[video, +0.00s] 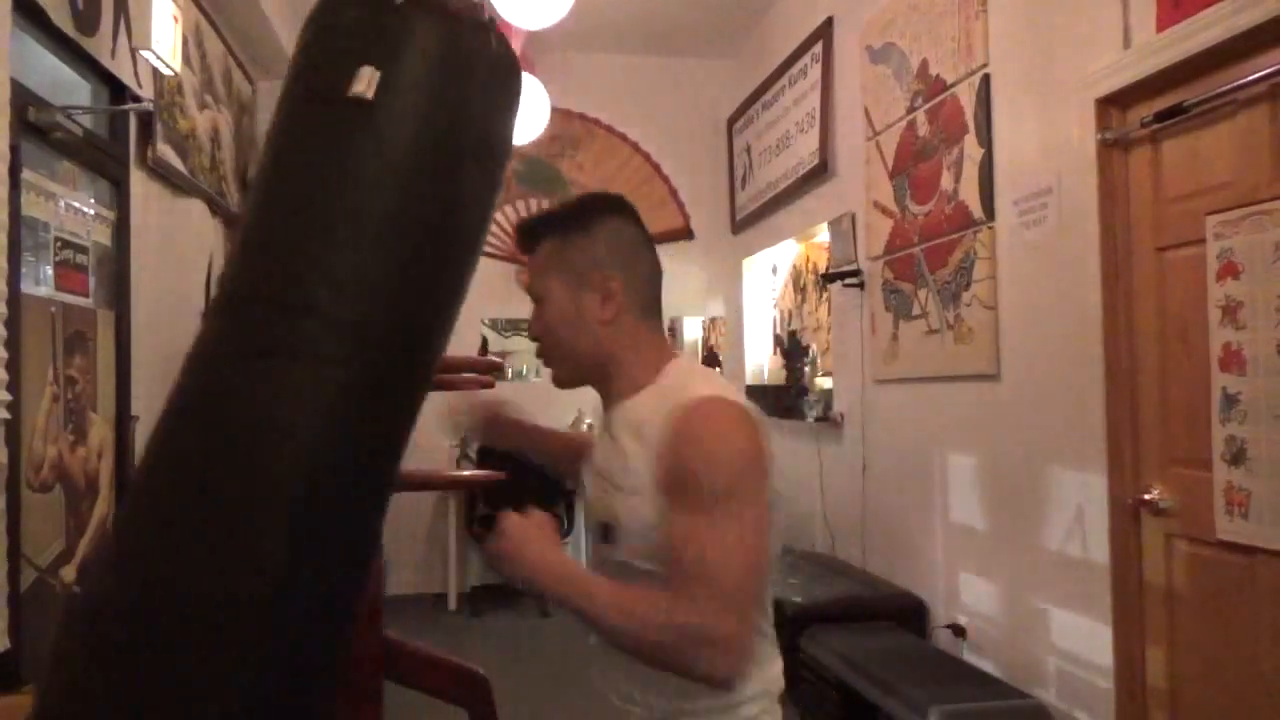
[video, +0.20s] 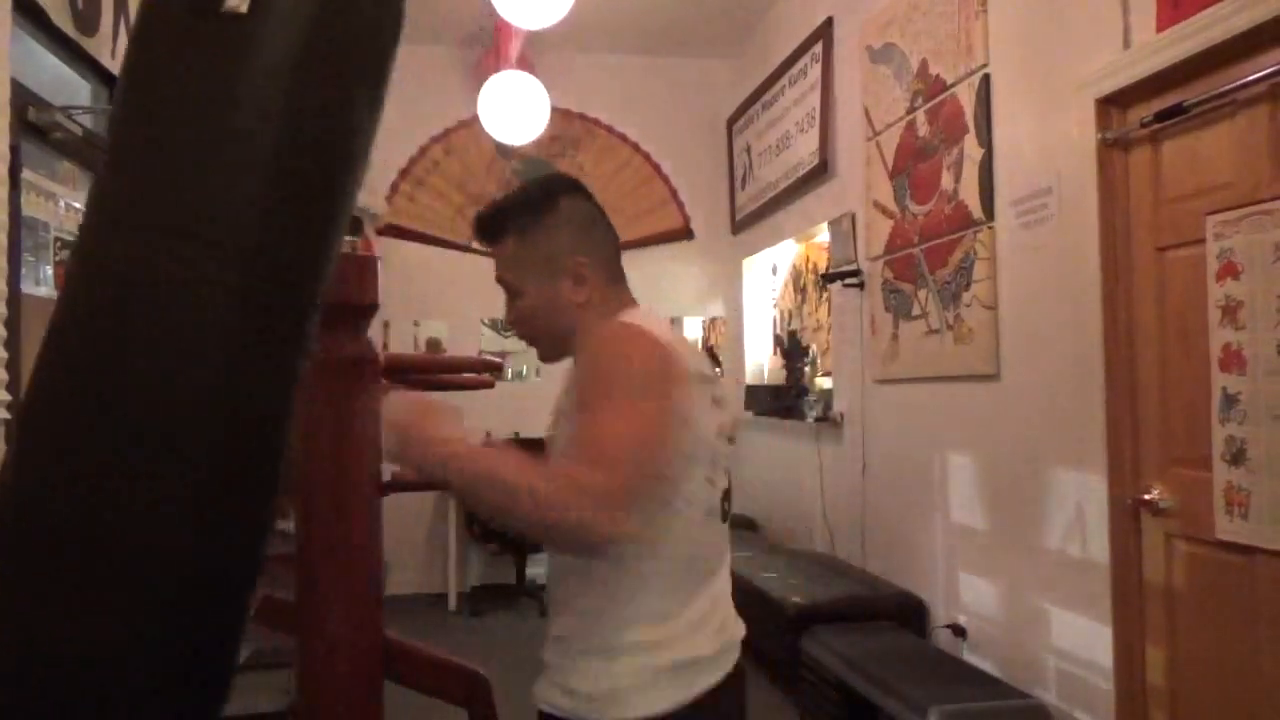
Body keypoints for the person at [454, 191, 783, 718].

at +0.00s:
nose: (531, 327)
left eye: (539, 301)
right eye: (533, 304)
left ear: (605, 299)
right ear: (604, 302)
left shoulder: (710, 425)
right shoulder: (628, 408)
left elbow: (717, 649)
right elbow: (618, 472)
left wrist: (551, 569)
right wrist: (526, 441)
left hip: (718, 706)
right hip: (634, 694)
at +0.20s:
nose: (508, 317)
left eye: (514, 292)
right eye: (506, 294)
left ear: (578, 282)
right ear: (580, 283)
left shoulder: (623, 348)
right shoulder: (649, 343)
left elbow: (595, 510)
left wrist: (443, 451)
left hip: (626, 698)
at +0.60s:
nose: (470, 349)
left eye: (477, 326)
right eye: (464, 331)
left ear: (539, 297)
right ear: (541, 299)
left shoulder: (648, 356)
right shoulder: (540, 395)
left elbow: (610, 533)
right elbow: (419, 475)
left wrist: (489, 418)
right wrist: (446, 382)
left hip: (654, 692)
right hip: (582, 681)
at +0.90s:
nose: (563, 336)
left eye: (561, 316)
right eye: (555, 320)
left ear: (611, 287)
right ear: (617, 286)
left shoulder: (643, 348)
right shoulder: (700, 338)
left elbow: (573, 535)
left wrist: (527, 409)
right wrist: (552, 402)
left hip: (668, 690)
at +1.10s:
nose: (631, 337)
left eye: (635, 319)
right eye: (627, 322)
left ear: (686, 299)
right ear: (693, 299)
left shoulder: (735, 365)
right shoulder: (767, 354)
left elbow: (659, 543)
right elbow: (659, 510)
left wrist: (588, 414)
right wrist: (633, 383)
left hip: (748, 696)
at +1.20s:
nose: (670, 351)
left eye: (675, 334)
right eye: (666, 335)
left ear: (730, 314)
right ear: (733, 315)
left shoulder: (782, 388)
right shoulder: (788, 375)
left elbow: (718, 562)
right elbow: (673, 504)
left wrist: (607, 455)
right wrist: (664, 394)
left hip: (790, 698)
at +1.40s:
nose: (699, 319)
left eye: (703, 299)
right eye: (696, 302)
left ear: (754, 280)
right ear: (759, 281)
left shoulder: (791, 347)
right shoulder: (829, 338)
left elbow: (760, 523)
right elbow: (719, 490)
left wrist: (623, 458)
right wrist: (701, 368)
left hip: (824, 678)